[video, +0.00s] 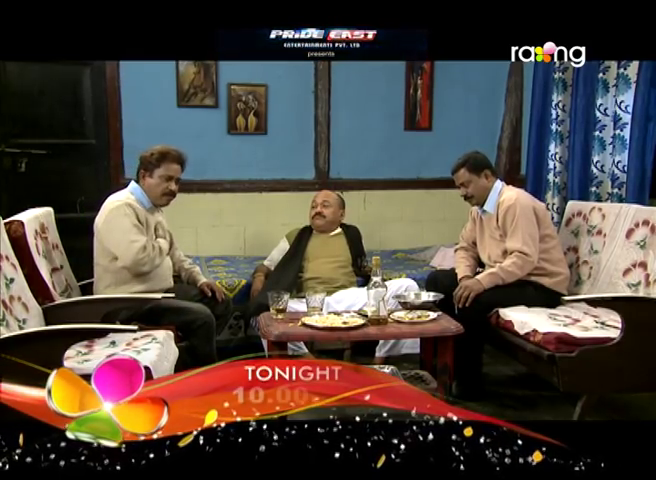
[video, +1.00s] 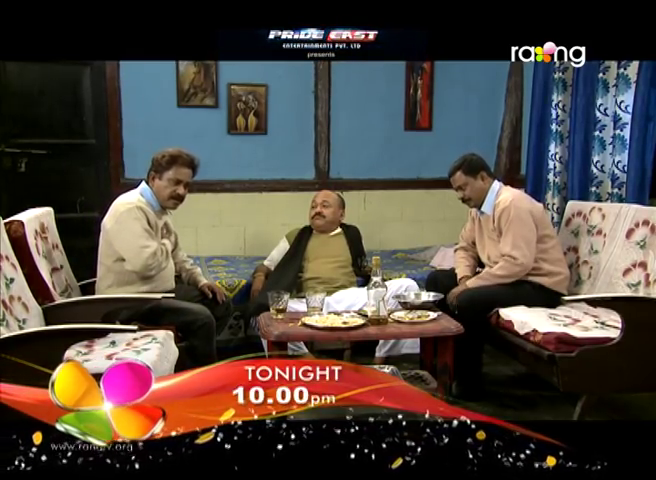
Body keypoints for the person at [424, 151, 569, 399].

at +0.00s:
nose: (463, 193)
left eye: (466, 185)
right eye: (460, 188)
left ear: (487, 177)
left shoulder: (517, 203)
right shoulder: (479, 209)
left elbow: (523, 259)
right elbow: (465, 247)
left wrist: (480, 282)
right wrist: (465, 277)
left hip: (542, 285)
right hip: (504, 277)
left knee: (472, 301)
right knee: (438, 280)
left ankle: (467, 385)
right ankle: (439, 370)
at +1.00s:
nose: (460, 196)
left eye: (463, 188)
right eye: (457, 191)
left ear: (483, 178)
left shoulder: (515, 205)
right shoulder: (479, 208)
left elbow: (517, 262)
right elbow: (465, 247)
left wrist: (469, 286)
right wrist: (464, 278)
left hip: (541, 285)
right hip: (503, 276)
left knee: (467, 302)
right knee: (437, 280)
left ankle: (467, 385)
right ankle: (440, 369)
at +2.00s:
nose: (458, 197)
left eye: (461, 189)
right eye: (455, 192)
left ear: (481, 178)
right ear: (479, 180)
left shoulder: (514, 205)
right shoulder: (478, 209)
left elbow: (513, 265)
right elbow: (464, 247)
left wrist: (465, 294)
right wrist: (464, 281)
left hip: (541, 286)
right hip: (502, 277)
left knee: (469, 302)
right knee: (437, 280)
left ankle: (467, 386)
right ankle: (440, 369)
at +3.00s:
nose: (458, 199)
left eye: (460, 191)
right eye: (455, 193)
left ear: (481, 179)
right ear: (479, 181)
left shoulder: (512, 206)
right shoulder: (477, 208)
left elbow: (513, 266)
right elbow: (464, 249)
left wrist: (465, 295)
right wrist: (463, 283)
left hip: (542, 286)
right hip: (504, 277)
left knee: (469, 302)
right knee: (437, 280)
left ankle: (467, 384)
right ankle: (440, 368)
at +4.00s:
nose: (458, 198)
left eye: (461, 191)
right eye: (455, 193)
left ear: (481, 179)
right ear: (478, 181)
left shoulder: (513, 206)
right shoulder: (477, 208)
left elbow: (513, 266)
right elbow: (464, 248)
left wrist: (466, 294)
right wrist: (463, 283)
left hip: (541, 286)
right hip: (504, 277)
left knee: (468, 302)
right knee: (437, 280)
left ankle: (467, 385)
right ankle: (440, 369)